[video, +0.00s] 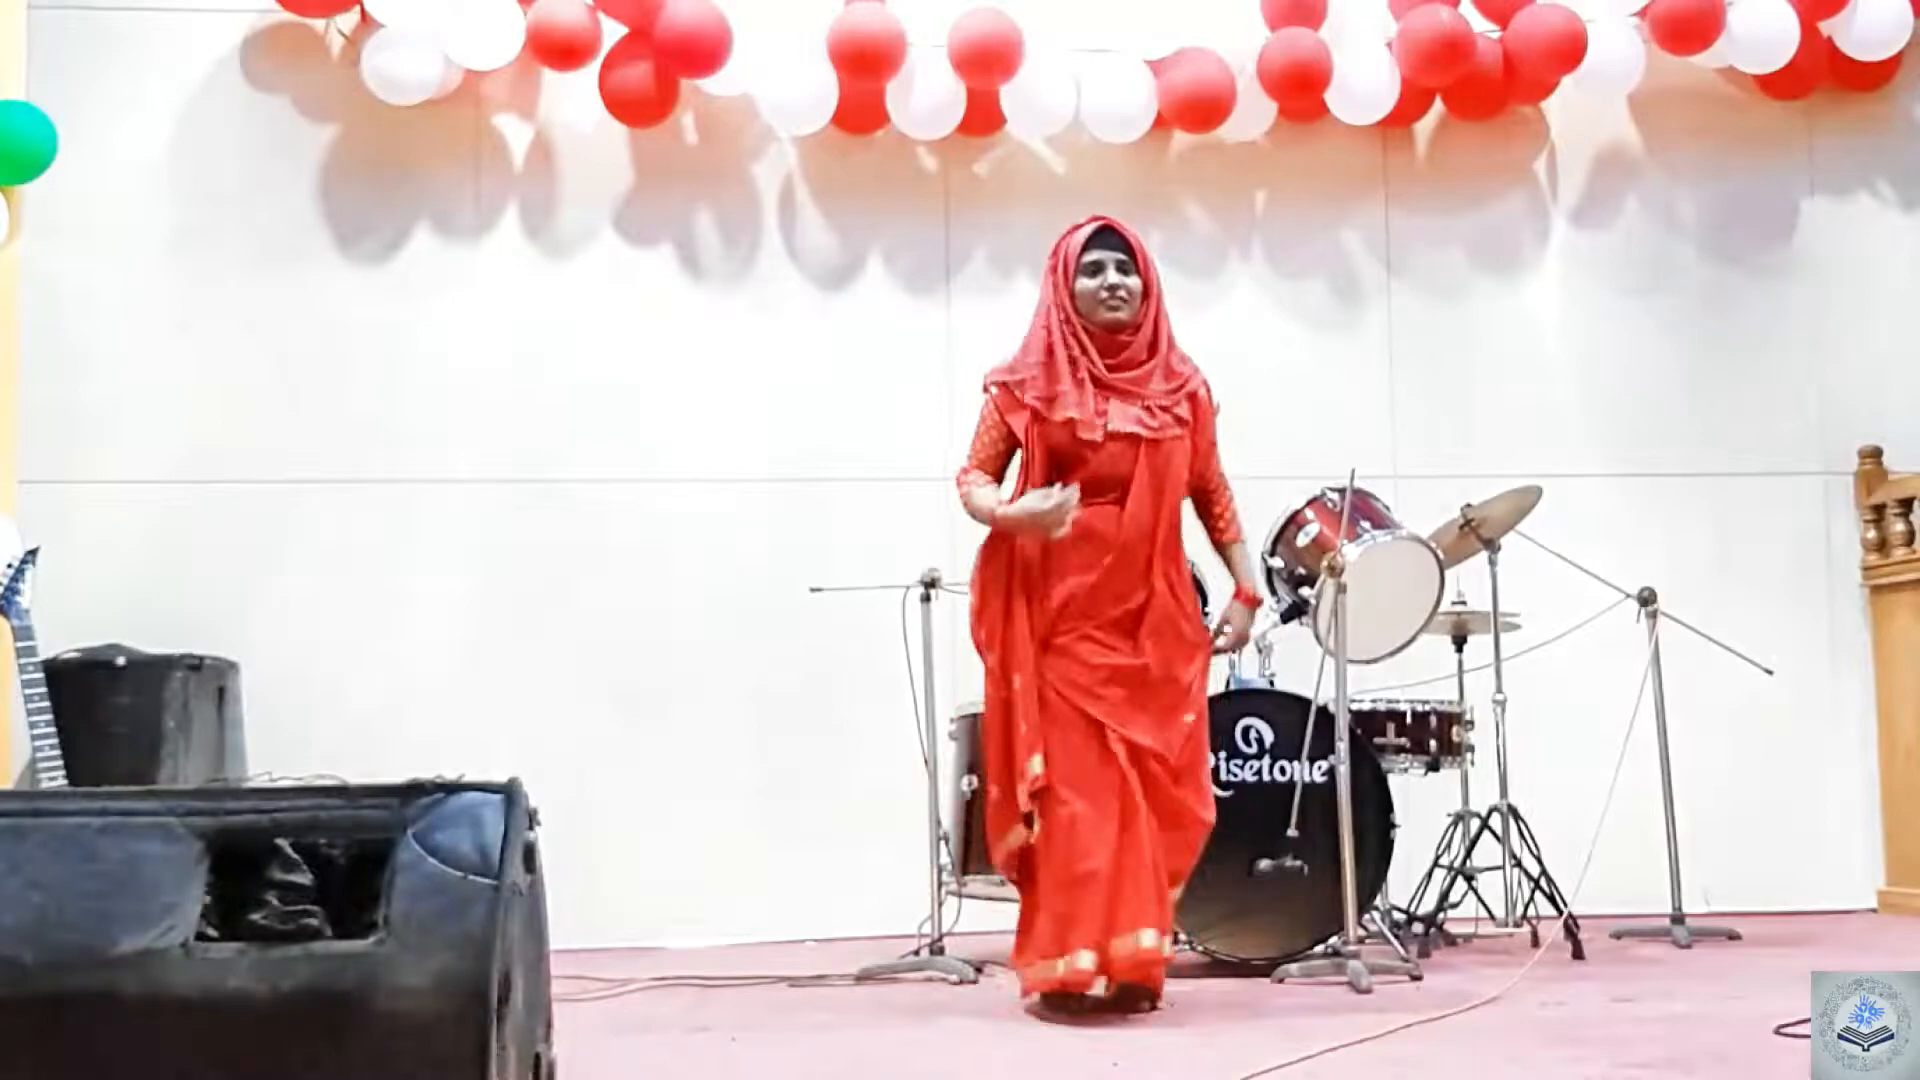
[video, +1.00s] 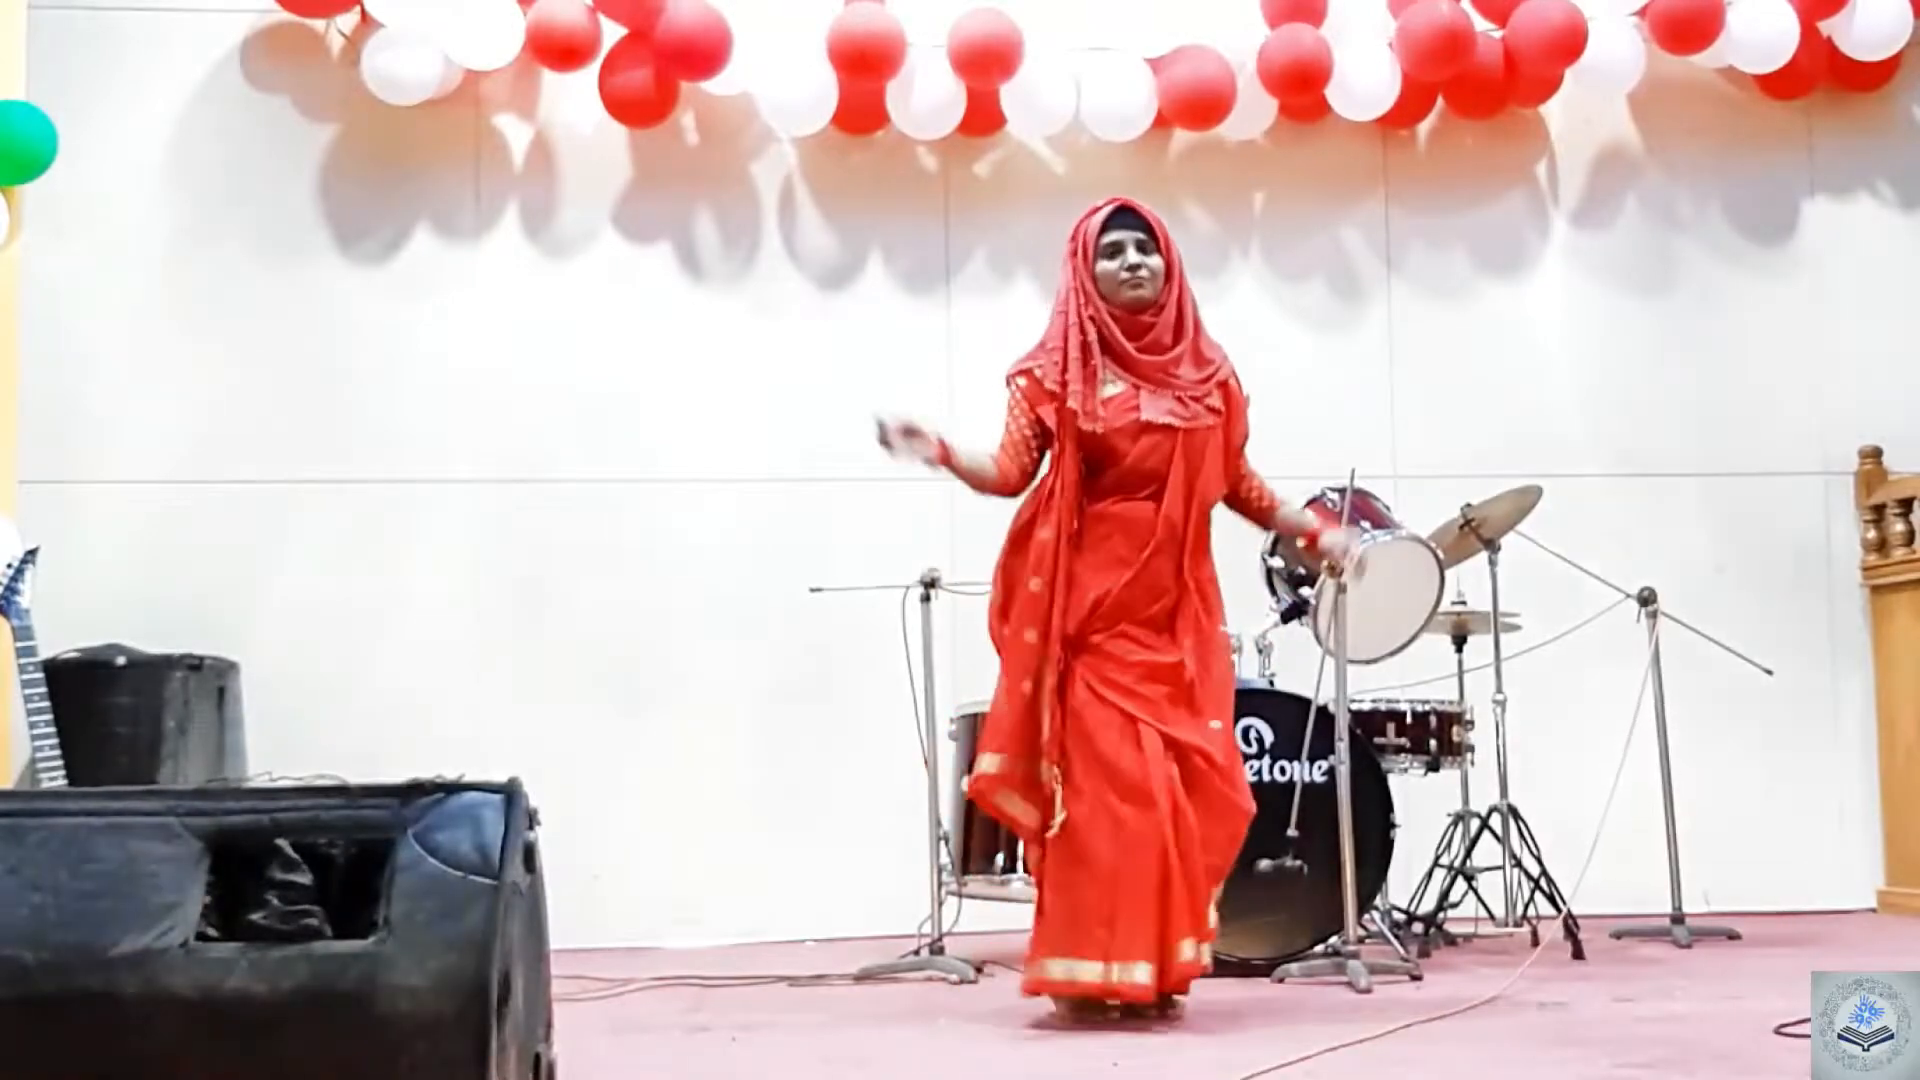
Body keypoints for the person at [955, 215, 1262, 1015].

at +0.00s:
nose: (1111, 280)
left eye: (1123, 268)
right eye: (1094, 270)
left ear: (1144, 284)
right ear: (1067, 288)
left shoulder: (1180, 384)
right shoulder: (1029, 380)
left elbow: (1212, 493)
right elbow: (975, 478)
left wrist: (1246, 583)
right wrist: (1006, 512)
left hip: (1156, 617)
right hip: (1062, 618)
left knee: (1160, 785)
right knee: (1074, 781)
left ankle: (1135, 955)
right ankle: (1071, 963)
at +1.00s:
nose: (1132, 262)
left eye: (1143, 249)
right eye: (1113, 254)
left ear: (1167, 265)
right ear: (1086, 275)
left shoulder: (1207, 376)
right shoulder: (1055, 373)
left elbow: (1237, 481)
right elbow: (1009, 473)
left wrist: (1307, 530)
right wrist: (942, 450)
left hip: (1178, 619)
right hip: (1089, 618)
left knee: (1211, 789)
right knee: (1123, 786)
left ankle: (1158, 964)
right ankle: (1106, 978)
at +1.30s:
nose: (1122, 274)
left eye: (1133, 263)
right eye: (1104, 267)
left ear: (1159, 280)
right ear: (1081, 293)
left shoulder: (1210, 390)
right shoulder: (1066, 381)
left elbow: (1238, 511)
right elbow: (984, 378)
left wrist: (1276, 604)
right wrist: (957, 284)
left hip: (1191, 625)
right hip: (1095, 625)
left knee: (1188, 798)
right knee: (1105, 793)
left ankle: (1152, 965)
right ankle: (1102, 976)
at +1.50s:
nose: (1117, 232)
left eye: (1131, 219)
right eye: (1098, 224)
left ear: (1160, 239)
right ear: (1079, 248)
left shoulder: (1203, 341)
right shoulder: (1058, 331)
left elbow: (1264, 435)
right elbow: (982, 273)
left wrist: (1346, 474)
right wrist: (1043, 191)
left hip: (1183, 582)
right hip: (1081, 582)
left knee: (1183, 761)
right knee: (1089, 762)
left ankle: (1165, 946)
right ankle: (1097, 963)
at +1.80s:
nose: (1141, 276)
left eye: (1156, 263)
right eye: (1126, 264)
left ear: (1179, 276)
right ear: (1100, 278)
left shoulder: (1215, 363)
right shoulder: (1070, 356)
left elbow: (1312, 344)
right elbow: (999, 318)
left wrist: (1317, 247)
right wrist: (1086, 261)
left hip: (1192, 615)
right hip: (1095, 614)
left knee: (1197, 785)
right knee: (1095, 786)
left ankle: (1164, 972)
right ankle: (1092, 976)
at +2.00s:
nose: (1147, 243)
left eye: (1163, 234)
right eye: (1129, 231)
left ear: (1187, 254)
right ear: (1103, 251)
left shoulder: (1211, 326)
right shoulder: (1070, 323)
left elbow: (1289, 275)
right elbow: (995, 293)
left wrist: (1230, 199)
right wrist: (1087, 252)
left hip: (1184, 577)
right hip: (1085, 574)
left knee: (1189, 759)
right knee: (1089, 760)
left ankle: (1178, 944)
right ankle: (1091, 974)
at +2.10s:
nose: (1152, 272)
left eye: (1167, 260)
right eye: (1135, 258)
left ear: (1192, 279)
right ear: (1104, 272)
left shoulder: (1208, 353)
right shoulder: (1071, 350)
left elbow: (1288, 314)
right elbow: (994, 321)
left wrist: (1220, 251)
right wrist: (1094, 282)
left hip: (1187, 592)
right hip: (1093, 590)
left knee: (1188, 770)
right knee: (1094, 768)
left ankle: (1170, 967)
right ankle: (1094, 971)